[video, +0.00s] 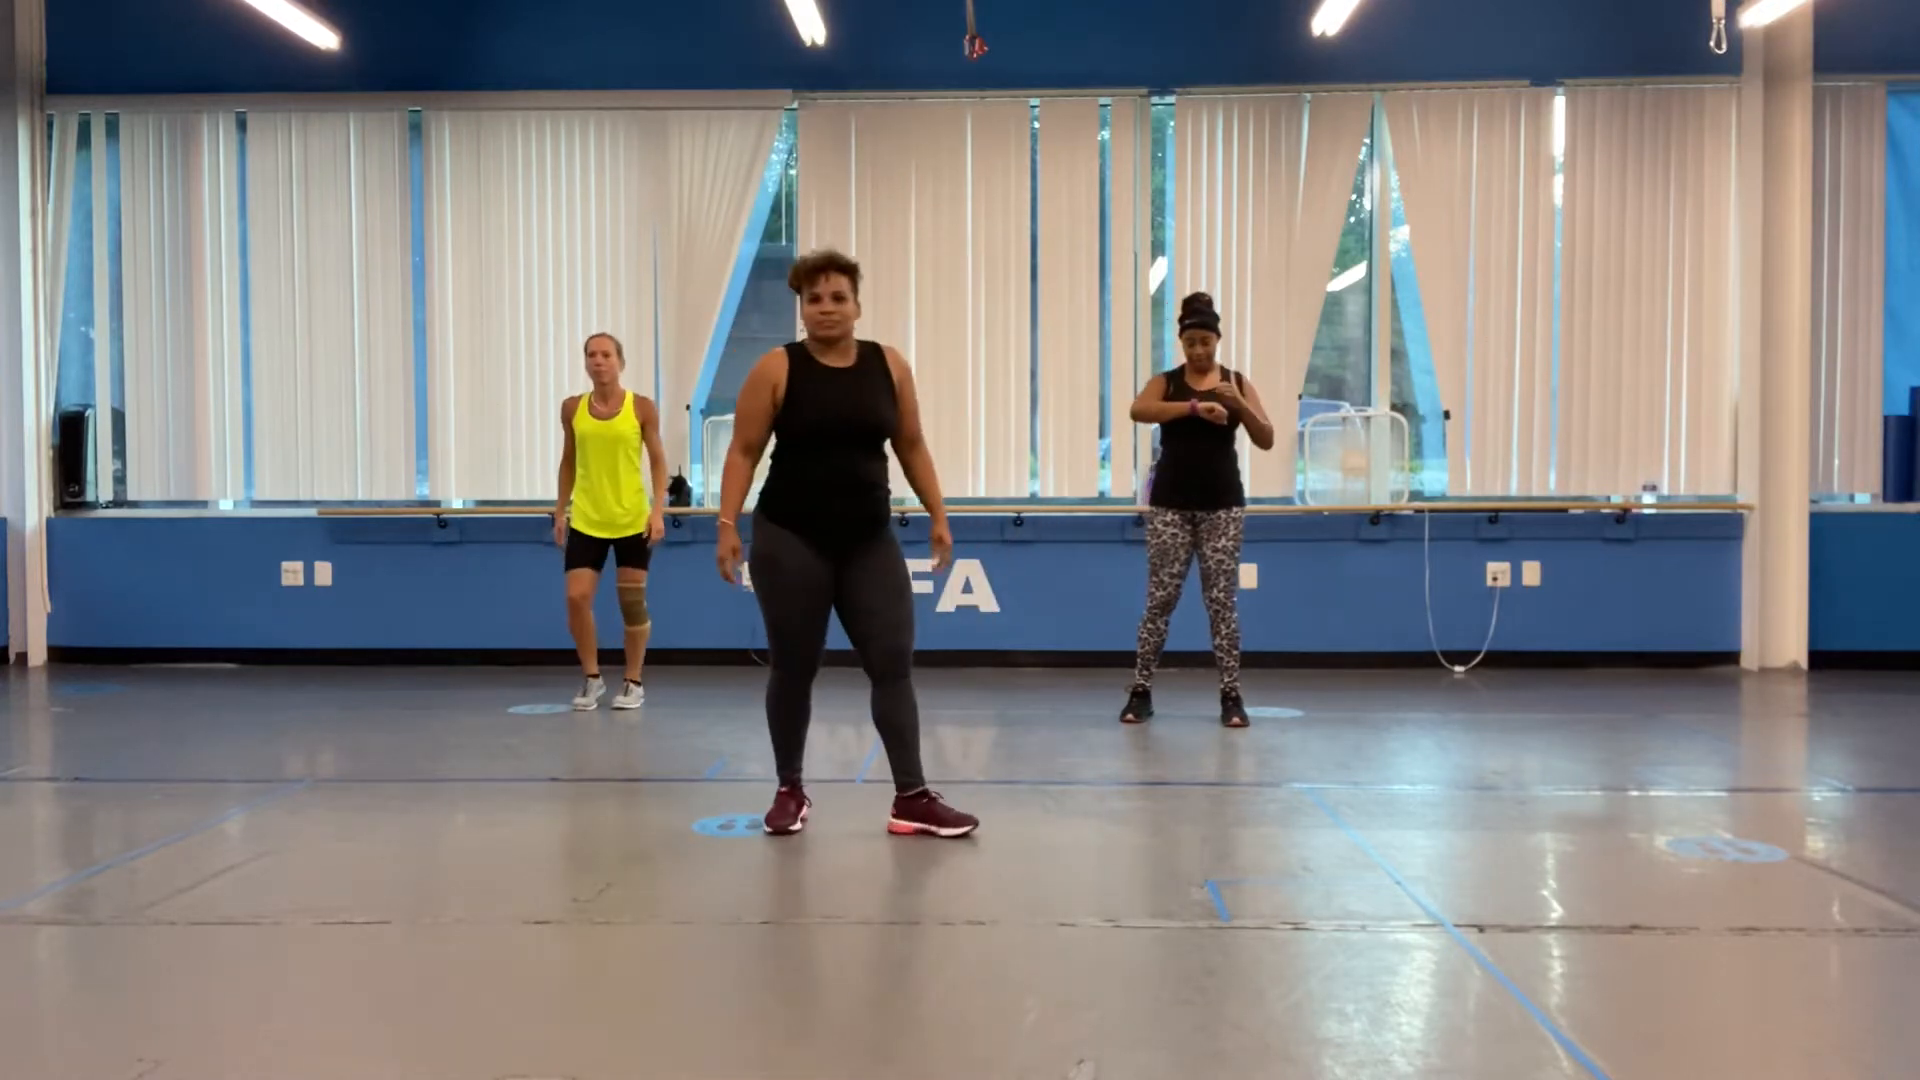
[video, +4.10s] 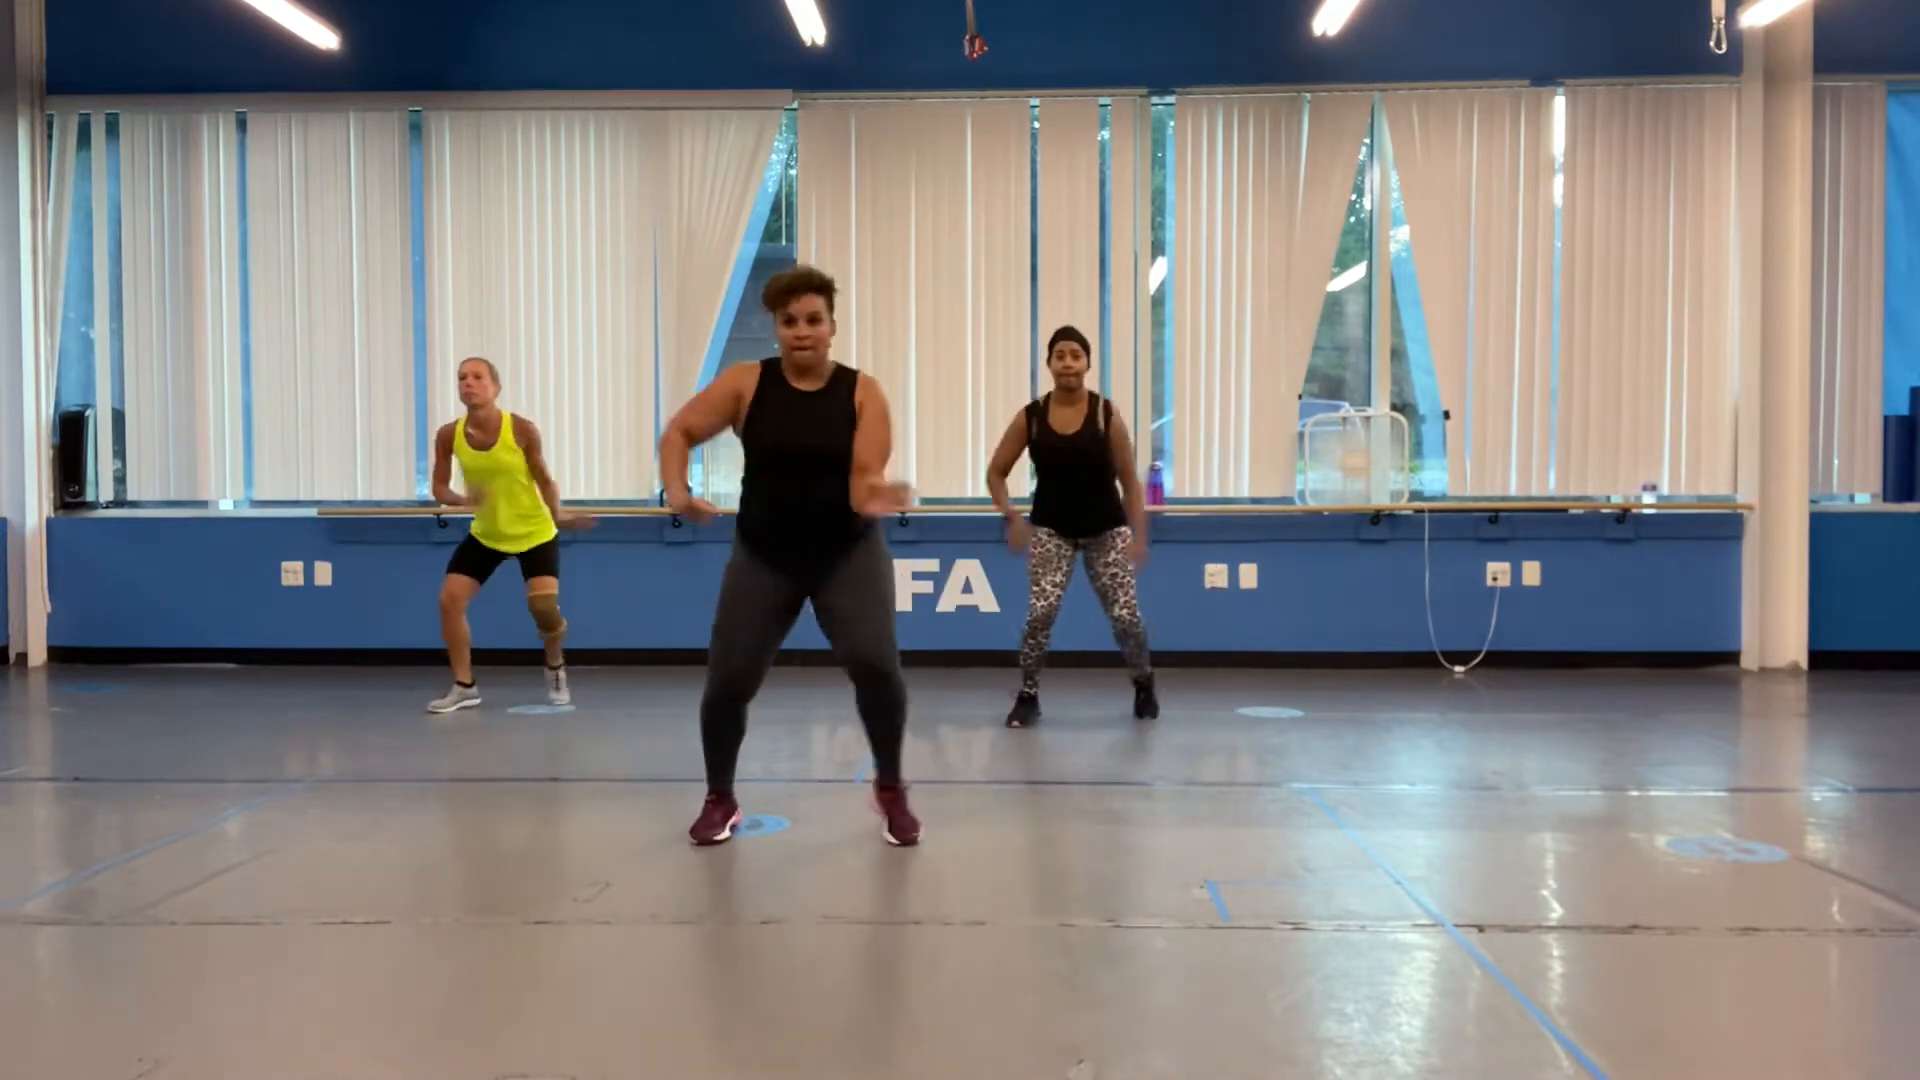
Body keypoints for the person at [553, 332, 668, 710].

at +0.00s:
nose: (598, 361)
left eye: (605, 355)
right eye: (592, 356)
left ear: (620, 363)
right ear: (585, 364)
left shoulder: (640, 406)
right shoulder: (573, 408)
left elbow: (658, 460)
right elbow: (568, 460)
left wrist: (658, 509)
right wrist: (561, 508)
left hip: (632, 517)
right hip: (586, 518)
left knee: (632, 598)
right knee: (577, 598)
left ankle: (633, 682)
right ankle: (592, 679)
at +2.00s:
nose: (603, 359)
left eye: (611, 353)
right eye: (598, 353)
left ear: (627, 363)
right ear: (590, 363)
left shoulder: (646, 411)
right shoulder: (573, 408)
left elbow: (661, 462)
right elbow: (565, 463)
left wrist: (669, 505)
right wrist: (570, 510)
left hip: (637, 519)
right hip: (590, 520)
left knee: (656, 600)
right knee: (570, 601)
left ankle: (675, 684)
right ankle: (557, 685)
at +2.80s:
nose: (548, 371)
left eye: (557, 365)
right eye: (543, 366)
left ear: (575, 376)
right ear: (538, 378)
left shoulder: (599, 418)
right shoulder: (528, 423)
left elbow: (613, 469)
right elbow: (518, 473)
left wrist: (616, 496)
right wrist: (533, 492)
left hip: (601, 523)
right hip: (556, 525)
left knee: (612, 599)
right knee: (526, 598)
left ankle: (639, 674)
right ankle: (527, 685)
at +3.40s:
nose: (542, 374)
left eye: (550, 368)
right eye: (537, 369)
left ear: (569, 379)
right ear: (532, 381)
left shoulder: (594, 417)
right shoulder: (526, 423)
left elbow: (632, 450)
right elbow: (533, 477)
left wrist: (665, 475)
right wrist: (551, 483)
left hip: (612, 521)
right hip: (568, 526)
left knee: (630, 599)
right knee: (532, 594)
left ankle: (673, 680)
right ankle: (521, 683)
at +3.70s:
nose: (499, 382)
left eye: (508, 377)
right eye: (494, 377)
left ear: (527, 387)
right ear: (490, 388)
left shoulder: (554, 419)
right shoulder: (488, 430)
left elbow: (602, 445)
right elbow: (491, 484)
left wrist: (651, 453)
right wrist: (529, 466)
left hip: (578, 526)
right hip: (535, 530)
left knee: (585, 603)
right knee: (487, 590)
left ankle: (615, 680)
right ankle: (503, 678)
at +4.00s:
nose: (465, 385)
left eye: (473, 380)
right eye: (460, 380)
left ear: (492, 390)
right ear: (455, 391)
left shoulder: (517, 426)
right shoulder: (447, 435)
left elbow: (557, 454)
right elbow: (442, 490)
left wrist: (597, 475)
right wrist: (477, 459)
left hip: (537, 527)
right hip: (493, 532)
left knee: (545, 603)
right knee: (458, 599)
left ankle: (585, 660)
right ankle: (465, 687)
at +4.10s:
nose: (468, 383)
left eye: (477, 378)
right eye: (463, 379)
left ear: (495, 387)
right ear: (458, 390)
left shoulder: (522, 430)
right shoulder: (449, 435)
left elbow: (544, 477)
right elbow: (439, 490)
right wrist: (465, 501)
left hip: (533, 527)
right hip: (487, 530)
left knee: (544, 607)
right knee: (451, 599)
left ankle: (555, 666)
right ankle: (464, 687)